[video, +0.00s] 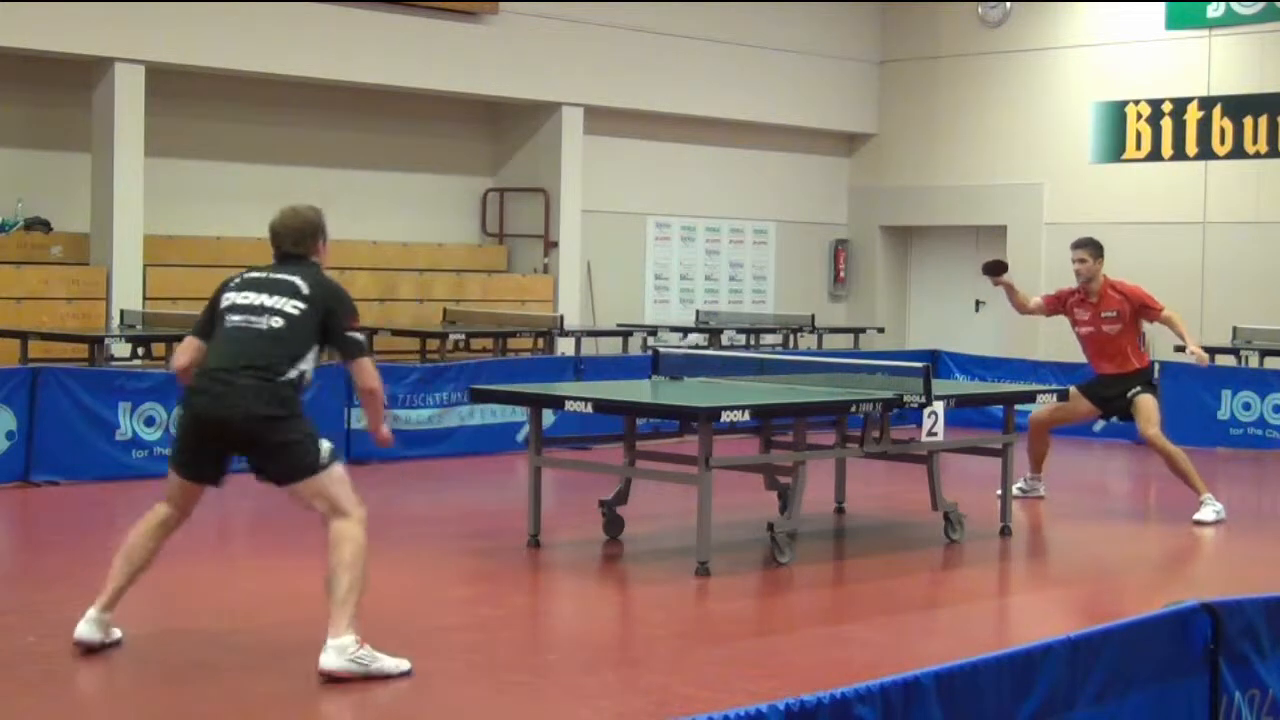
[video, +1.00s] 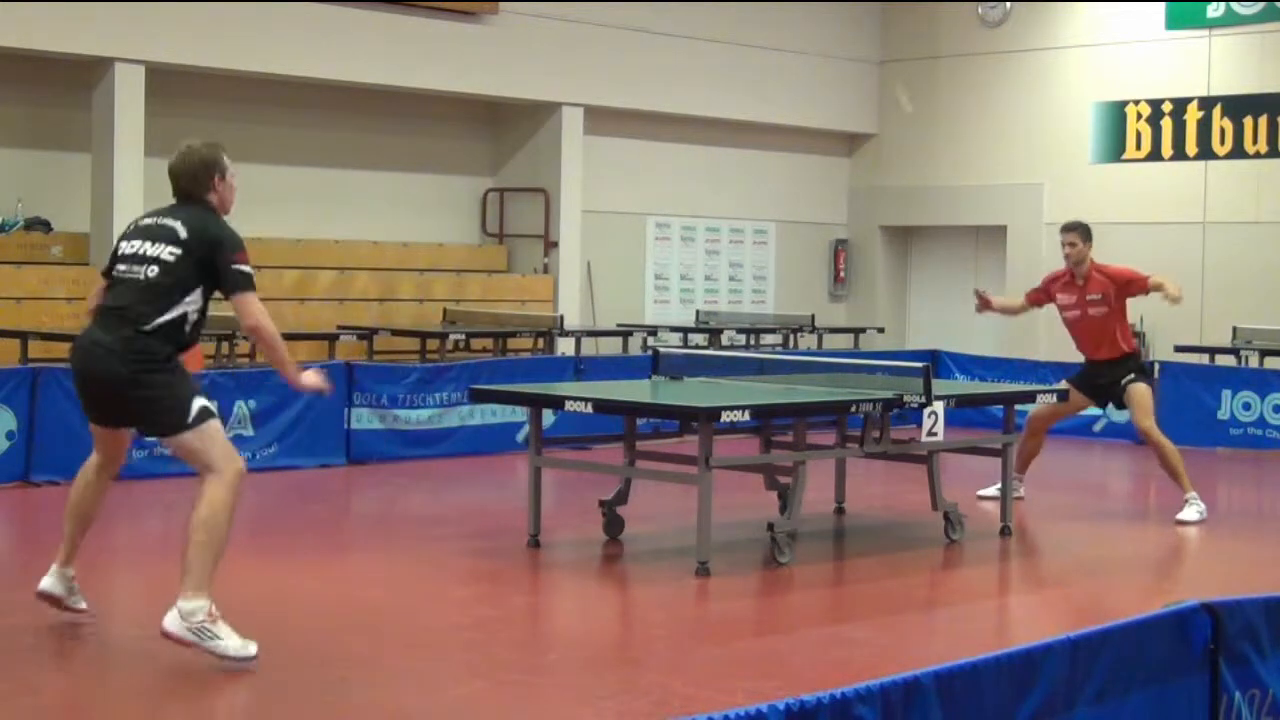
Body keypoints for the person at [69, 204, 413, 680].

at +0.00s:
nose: (329, 252)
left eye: (324, 244)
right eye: (328, 245)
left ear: (274, 248)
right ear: (320, 248)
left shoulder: (237, 283)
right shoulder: (328, 292)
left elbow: (183, 360)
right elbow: (369, 384)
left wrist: (216, 397)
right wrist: (377, 426)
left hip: (205, 402)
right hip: (268, 407)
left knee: (170, 507)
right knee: (346, 514)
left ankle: (96, 616)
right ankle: (342, 643)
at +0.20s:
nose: (307, 263)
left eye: (305, 255)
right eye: (306, 255)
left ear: (254, 254)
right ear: (296, 256)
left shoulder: (216, 281)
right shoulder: (295, 292)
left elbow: (190, 349)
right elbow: (325, 383)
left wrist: (243, 388)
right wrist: (351, 416)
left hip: (154, 387)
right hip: (216, 393)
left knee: (146, 493)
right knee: (303, 498)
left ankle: (89, 609)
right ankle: (299, 635)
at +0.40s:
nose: (276, 229)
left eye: (276, 218)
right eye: (273, 218)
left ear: (224, 215)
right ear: (254, 216)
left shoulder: (187, 251)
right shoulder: (238, 244)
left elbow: (234, 339)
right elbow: (312, 298)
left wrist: (283, 359)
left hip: (128, 374)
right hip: (188, 373)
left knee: (134, 492)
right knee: (253, 489)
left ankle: (86, 613)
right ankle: (289, 622)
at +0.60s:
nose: (248, 169)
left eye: (246, 160)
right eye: (244, 160)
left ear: (195, 167)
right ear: (226, 165)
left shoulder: (162, 212)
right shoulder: (232, 203)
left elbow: (165, 281)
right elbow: (320, 243)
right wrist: (384, 238)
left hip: (138, 349)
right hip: (192, 352)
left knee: (133, 475)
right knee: (225, 480)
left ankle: (78, 592)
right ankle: (202, 626)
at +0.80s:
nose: (238, 198)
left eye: (234, 190)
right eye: (233, 191)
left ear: (185, 202)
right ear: (218, 199)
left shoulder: (152, 249)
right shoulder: (223, 255)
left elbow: (125, 310)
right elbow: (288, 318)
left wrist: (187, 316)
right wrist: (355, 348)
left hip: (129, 394)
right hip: (189, 398)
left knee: (126, 496)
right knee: (217, 515)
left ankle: (70, 612)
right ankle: (192, 653)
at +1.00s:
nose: (234, 186)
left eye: (232, 177)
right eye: (231, 178)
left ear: (182, 187)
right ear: (216, 185)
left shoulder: (142, 223)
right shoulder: (218, 233)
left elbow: (98, 302)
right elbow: (254, 321)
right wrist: (295, 375)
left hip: (91, 354)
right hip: (143, 364)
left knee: (106, 455)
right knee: (226, 469)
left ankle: (60, 571)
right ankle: (193, 608)